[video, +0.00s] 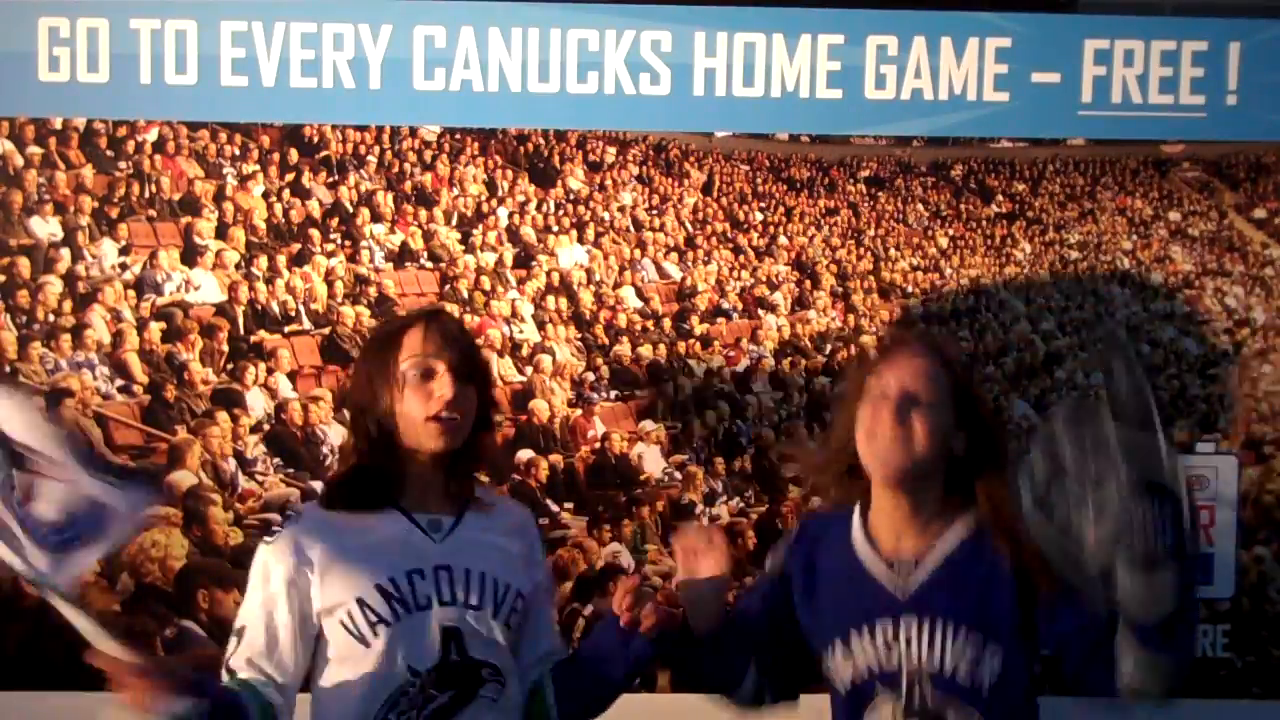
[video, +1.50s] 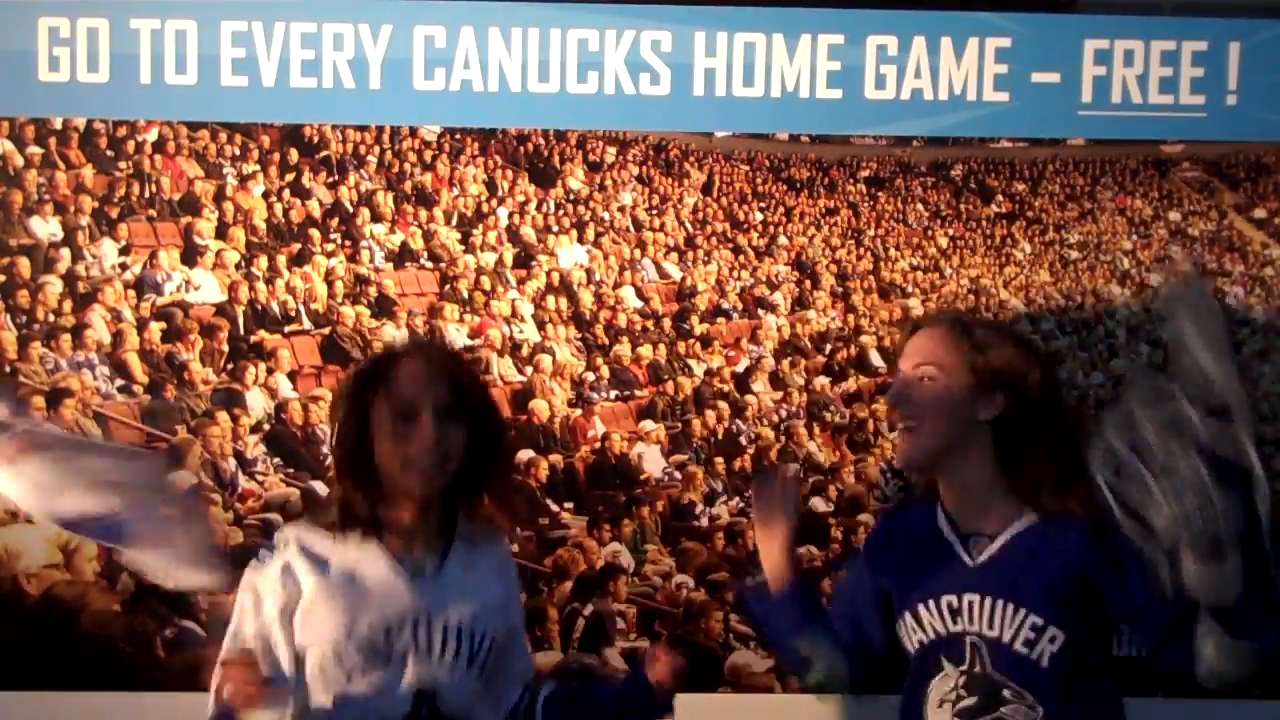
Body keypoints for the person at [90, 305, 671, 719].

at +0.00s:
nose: (450, 393)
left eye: (463, 375)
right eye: (423, 377)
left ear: (478, 394)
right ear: (377, 399)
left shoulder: (514, 528)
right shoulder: (302, 546)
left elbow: (542, 698)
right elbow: (262, 699)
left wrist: (610, 647)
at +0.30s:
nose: (422, 368)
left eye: (432, 357)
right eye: (394, 357)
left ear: (449, 385)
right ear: (353, 391)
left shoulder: (502, 508)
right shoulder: (303, 537)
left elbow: (530, 686)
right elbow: (254, 710)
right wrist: (268, 677)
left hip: (491, 704)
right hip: (363, 706)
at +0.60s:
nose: (429, 357)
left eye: (454, 355)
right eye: (409, 353)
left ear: (483, 411)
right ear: (378, 409)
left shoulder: (517, 536)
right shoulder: (314, 532)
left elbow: (561, 694)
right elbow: (278, 696)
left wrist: (662, 604)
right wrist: (163, 676)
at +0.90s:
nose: (412, 384)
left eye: (428, 381)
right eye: (391, 377)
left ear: (448, 419)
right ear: (349, 423)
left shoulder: (475, 556)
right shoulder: (281, 556)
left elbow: (513, 702)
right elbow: (251, 710)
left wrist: (627, 650)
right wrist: (312, 626)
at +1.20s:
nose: (417, 403)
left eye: (431, 385)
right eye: (390, 386)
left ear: (448, 405)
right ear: (342, 411)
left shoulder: (487, 538)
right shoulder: (286, 552)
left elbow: (524, 698)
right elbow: (238, 714)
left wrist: (621, 633)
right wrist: (124, 681)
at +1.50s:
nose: (430, 440)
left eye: (448, 417)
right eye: (405, 418)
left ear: (469, 436)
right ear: (366, 436)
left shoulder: (490, 563)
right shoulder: (293, 565)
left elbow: (512, 700)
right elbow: (247, 692)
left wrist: (628, 691)